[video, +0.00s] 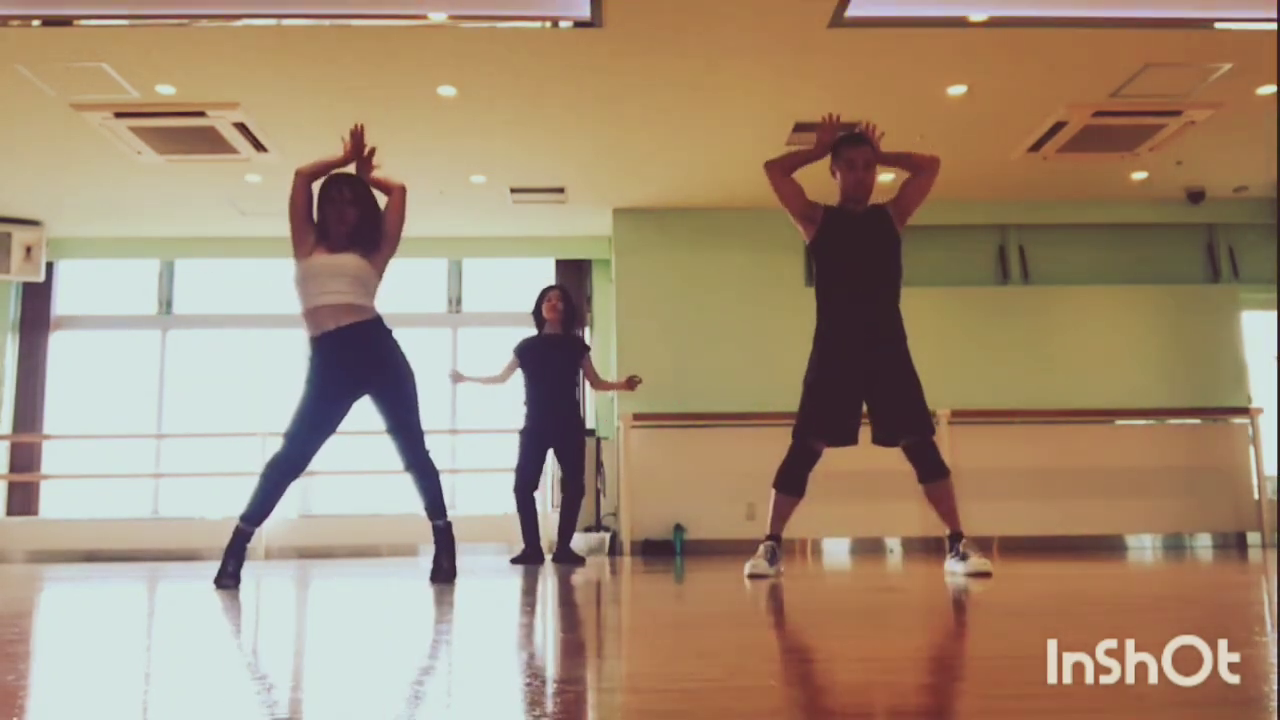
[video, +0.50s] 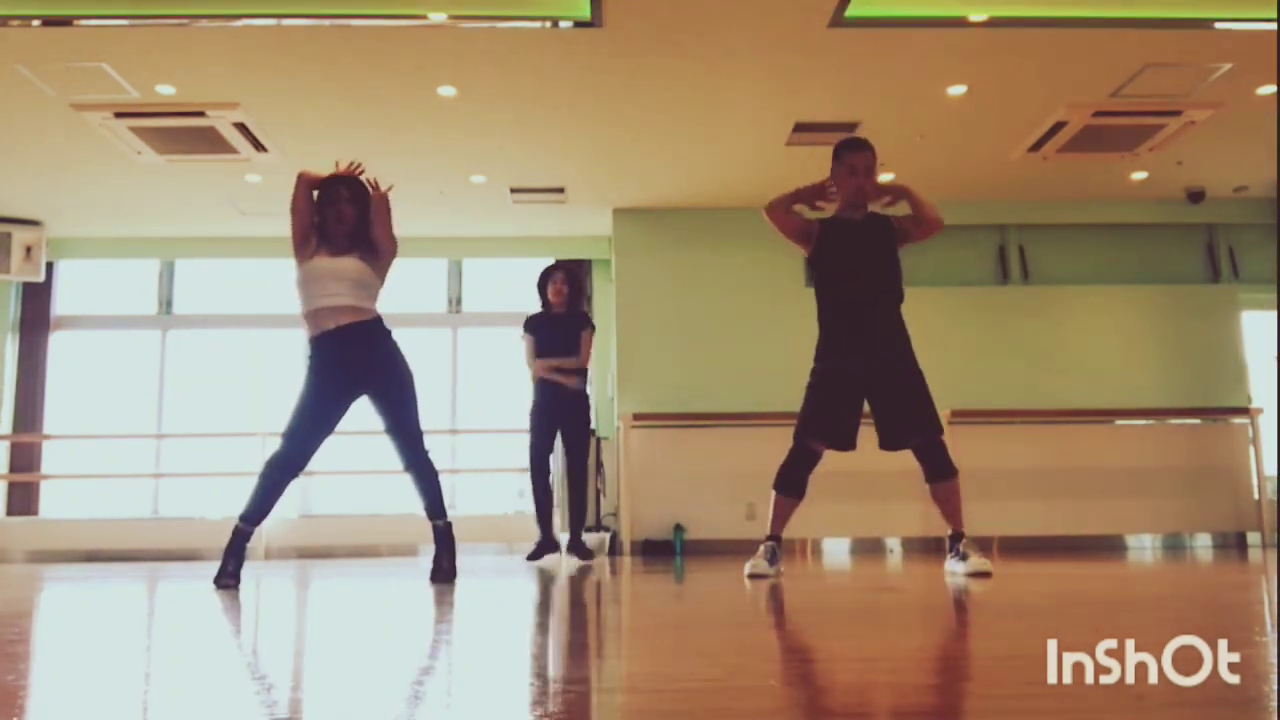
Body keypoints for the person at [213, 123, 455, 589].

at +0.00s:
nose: (338, 211)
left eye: (347, 204)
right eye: (331, 204)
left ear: (362, 212)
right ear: (320, 210)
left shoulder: (374, 252)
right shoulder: (307, 248)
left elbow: (399, 192)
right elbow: (302, 178)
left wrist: (369, 173)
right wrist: (343, 159)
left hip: (379, 355)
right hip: (330, 365)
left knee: (414, 452)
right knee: (290, 460)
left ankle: (444, 540)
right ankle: (237, 544)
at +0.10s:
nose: (342, 212)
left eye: (350, 205)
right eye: (334, 204)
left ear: (363, 213)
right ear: (320, 211)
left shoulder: (374, 254)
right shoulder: (307, 248)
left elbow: (399, 193)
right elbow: (299, 180)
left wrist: (366, 180)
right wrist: (342, 166)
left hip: (380, 355)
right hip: (330, 364)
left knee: (414, 452)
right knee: (292, 459)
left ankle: (444, 539)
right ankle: (238, 543)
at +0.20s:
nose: (341, 212)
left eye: (350, 205)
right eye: (333, 204)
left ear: (363, 213)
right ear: (320, 212)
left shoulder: (374, 254)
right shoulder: (307, 248)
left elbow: (397, 195)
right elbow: (300, 180)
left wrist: (364, 188)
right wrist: (342, 174)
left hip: (380, 353)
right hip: (330, 361)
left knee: (414, 451)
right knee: (292, 458)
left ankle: (444, 539)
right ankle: (238, 543)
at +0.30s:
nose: (340, 211)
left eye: (349, 203)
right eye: (332, 203)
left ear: (364, 211)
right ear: (321, 211)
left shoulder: (375, 254)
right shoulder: (308, 247)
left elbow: (393, 195)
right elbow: (299, 179)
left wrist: (367, 188)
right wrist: (343, 175)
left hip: (380, 354)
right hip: (330, 362)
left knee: (413, 451)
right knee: (292, 458)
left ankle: (444, 539)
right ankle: (238, 542)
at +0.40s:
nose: (336, 211)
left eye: (346, 203)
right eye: (329, 204)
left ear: (362, 212)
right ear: (320, 211)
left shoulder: (376, 254)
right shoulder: (308, 248)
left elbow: (389, 196)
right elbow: (300, 180)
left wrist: (361, 187)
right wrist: (339, 176)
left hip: (379, 354)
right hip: (329, 360)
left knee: (412, 449)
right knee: (291, 457)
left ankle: (444, 539)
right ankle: (238, 541)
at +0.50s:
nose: (337, 211)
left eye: (346, 203)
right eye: (330, 204)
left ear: (362, 212)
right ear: (319, 212)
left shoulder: (377, 254)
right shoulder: (308, 250)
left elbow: (381, 208)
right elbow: (301, 182)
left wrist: (374, 197)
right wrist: (334, 178)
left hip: (378, 354)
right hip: (329, 361)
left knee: (412, 450)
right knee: (290, 458)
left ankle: (444, 539)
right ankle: (237, 542)